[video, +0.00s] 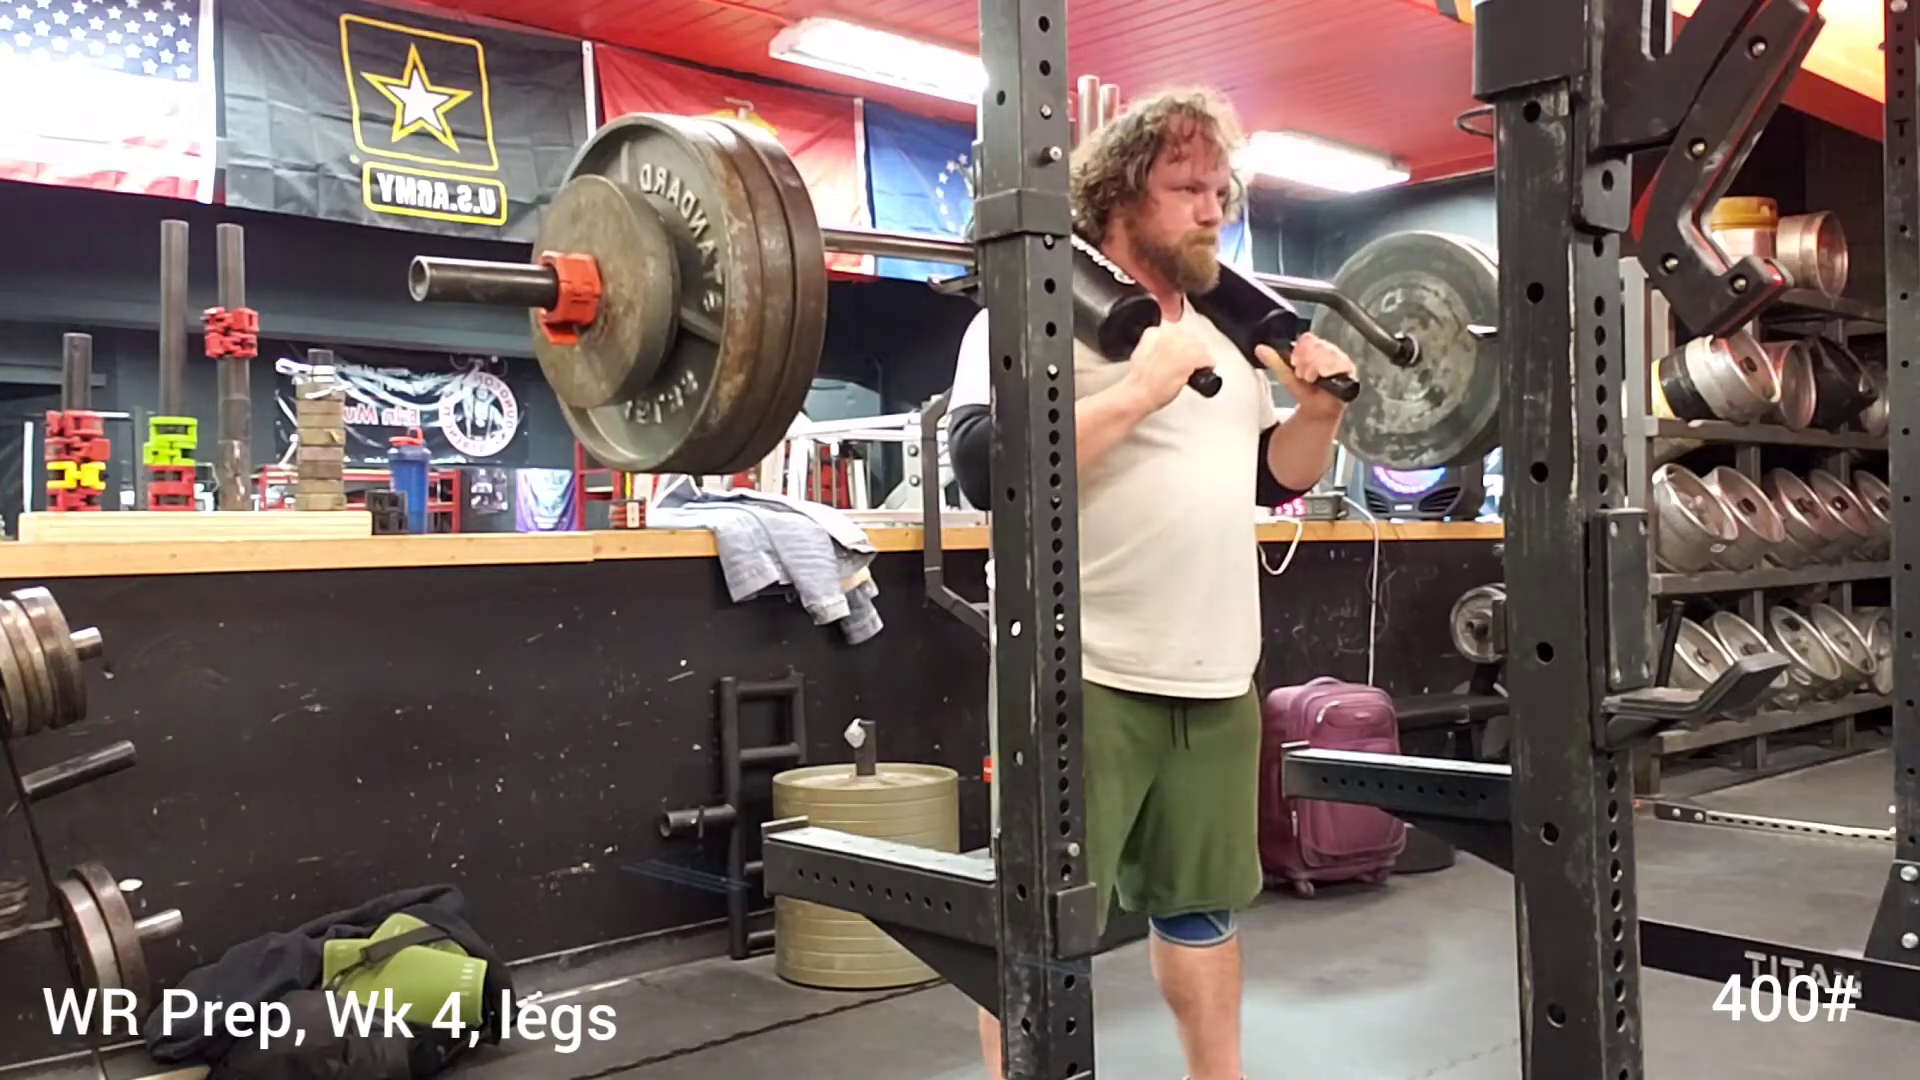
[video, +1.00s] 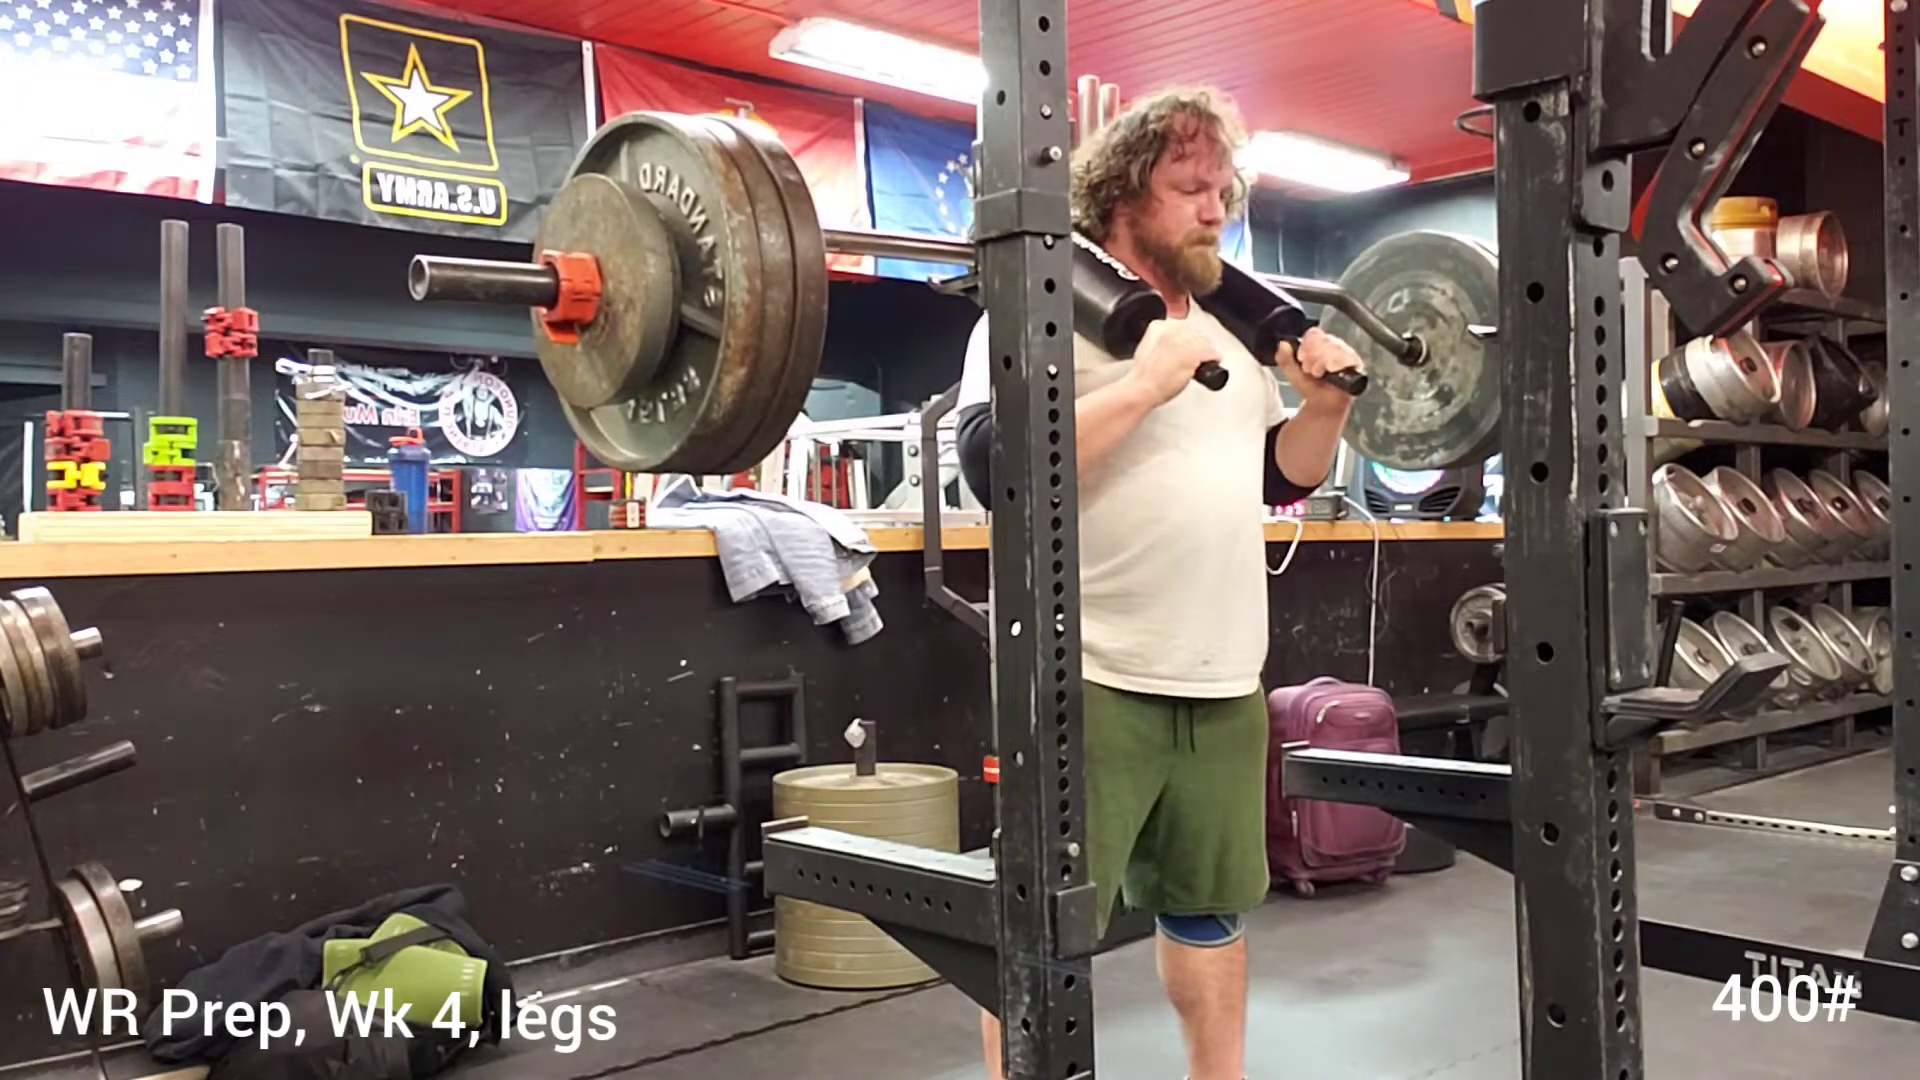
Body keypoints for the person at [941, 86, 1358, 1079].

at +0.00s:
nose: (1215, 207)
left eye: (1221, 187)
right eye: (1190, 185)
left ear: (1224, 199)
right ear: (1121, 191)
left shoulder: (1228, 331)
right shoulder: (1031, 312)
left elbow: (1283, 474)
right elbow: (986, 468)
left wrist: (1321, 401)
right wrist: (1131, 396)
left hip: (1217, 680)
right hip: (1082, 677)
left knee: (1201, 917)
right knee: (1044, 927)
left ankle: (1218, 1075)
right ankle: (1015, 1071)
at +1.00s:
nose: (1218, 211)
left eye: (1224, 189)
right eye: (1194, 187)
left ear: (1227, 197)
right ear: (1124, 194)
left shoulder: (1233, 326)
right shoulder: (1036, 310)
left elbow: (1289, 476)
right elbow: (996, 470)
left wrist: (1324, 401)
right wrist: (1139, 387)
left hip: (1225, 679)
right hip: (1090, 675)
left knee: (1208, 920)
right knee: (1047, 929)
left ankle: (1218, 1075)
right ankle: (1019, 1073)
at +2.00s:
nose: (1240, 386)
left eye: (1247, 366)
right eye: (1213, 366)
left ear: (1258, 373)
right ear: (1145, 381)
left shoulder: (1253, 484)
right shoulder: (1054, 485)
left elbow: (1304, 655)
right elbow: (1019, 684)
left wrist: (1337, 596)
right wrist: (1156, 613)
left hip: (1184, 766)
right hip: (1043, 768)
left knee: (1301, 905)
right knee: (1068, 945)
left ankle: (1231, 1075)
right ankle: (1020, 1069)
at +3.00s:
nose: (1274, 615)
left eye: (1278, 593)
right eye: (1246, 595)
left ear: (1289, 593)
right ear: (1175, 603)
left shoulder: (1276, 695)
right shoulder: (1091, 704)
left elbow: (1329, 851)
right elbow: (1043, 885)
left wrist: (1366, 810)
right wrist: (1183, 850)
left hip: (1228, 940)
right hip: (1111, 947)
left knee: (1361, 932)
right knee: (1092, 986)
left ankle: (1243, 1074)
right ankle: (1023, 1068)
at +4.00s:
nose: (1242, 247)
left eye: (1253, 231)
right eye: (1217, 226)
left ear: (1262, 249)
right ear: (1155, 234)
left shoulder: (1258, 358)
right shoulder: (1066, 346)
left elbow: (1300, 538)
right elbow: (1027, 526)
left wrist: (1334, 476)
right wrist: (1149, 472)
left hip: (1207, 686)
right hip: (1080, 690)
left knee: (1260, 892)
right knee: (1056, 927)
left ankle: (1227, 1072)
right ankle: (1019, 1069)